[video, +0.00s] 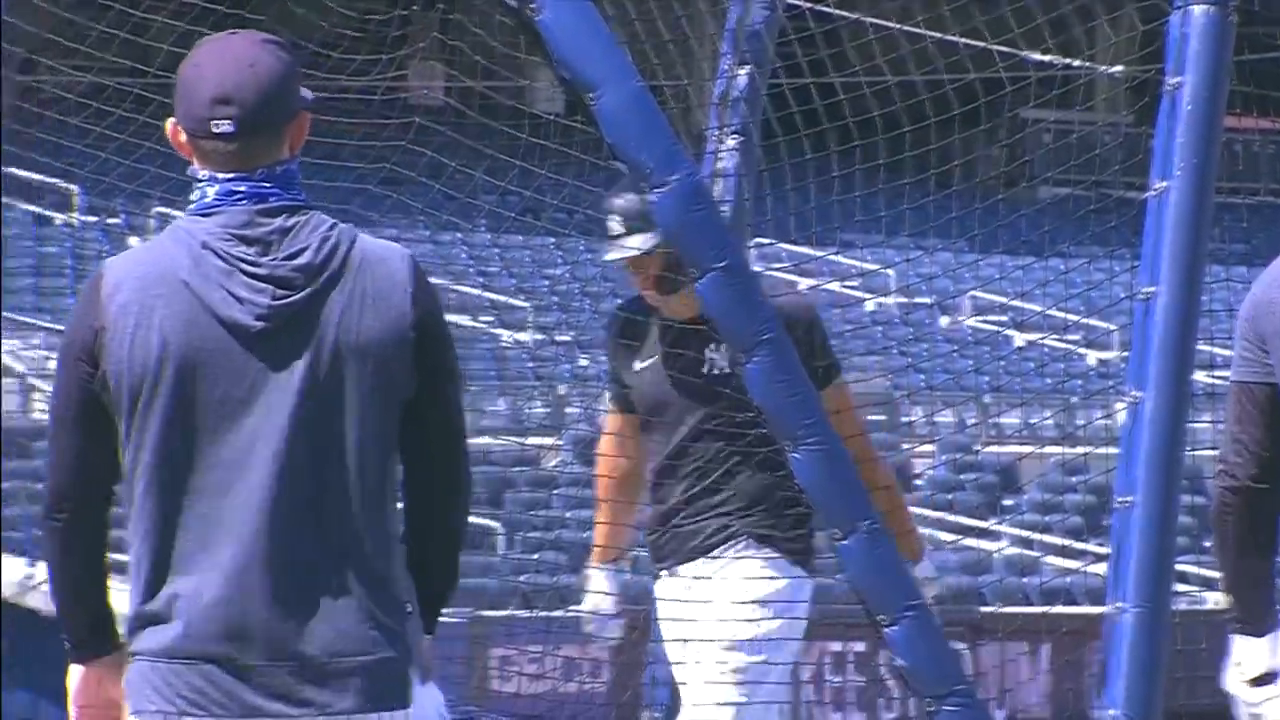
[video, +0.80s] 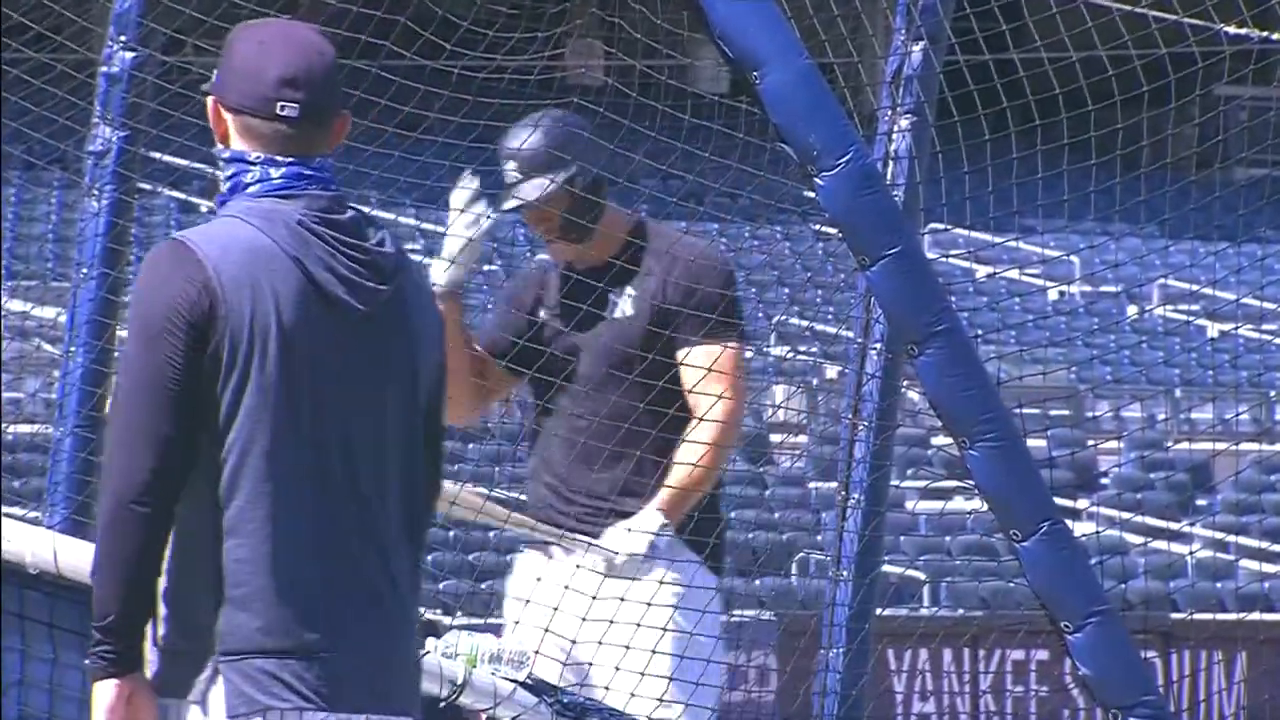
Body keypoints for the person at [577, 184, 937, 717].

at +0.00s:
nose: (645, 279)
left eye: (656, 257)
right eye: (631, 262)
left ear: (696, 243)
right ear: (619, 261)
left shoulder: (778, 315)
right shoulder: (634, 327)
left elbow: (847, 436)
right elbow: (621, 445)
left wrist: (905, 548)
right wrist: (603, 567)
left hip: (761, 557)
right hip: (678, 567)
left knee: (726, 706)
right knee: (721, 707)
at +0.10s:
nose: (690, 266)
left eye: (702, 249)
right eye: (677, 253)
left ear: (745, 233)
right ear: (667, 244)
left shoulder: (811, 304)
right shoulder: (675, 303)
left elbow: (868, 413)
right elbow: (675, 418)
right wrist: (670, 537)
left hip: (796, 542)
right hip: (712, 551)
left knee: (766, 705)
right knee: (721, 706)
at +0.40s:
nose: (696, 229)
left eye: (707, 210)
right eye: (686, 215)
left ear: (754, 196)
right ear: (680, 210)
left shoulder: (828, 279)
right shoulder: (700, 283)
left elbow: (857, 431)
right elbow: (690, 408)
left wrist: (851, 567)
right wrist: (635, 506)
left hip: (798, 545)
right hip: (698, 544)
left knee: (797, 706)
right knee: (642, 704)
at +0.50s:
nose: (668, 226)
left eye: (682, 207)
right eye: (655, 211)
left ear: (726, 195)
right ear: (645, 209)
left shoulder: (807, 279)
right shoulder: (665, 292)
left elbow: (826, 431)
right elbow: (648, 415)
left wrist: (791, 550)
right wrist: (575, 463)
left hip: (779, 547)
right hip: (675, 552)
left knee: (783, 708)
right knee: (617, 708)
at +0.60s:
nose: (628, 232)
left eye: (642, 212)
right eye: (616, 217)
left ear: (685, 197)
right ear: (605, 215)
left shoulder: (768, 281)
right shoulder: (624, 298)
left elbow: (791, 425)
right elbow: (599, 418)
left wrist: (739, 531)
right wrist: (533, 411)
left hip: (748, 559)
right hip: (642, 567)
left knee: (771, 710)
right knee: (610, 712)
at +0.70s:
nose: (575, 228)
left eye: (585, 207)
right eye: (566, 213)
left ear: (630, 195)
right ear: (559, 212)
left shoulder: (725, 278)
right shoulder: (578, 300)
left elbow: (753, 422)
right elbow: (531, 426)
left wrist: (692, 521)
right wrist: (478, 350)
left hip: (706, 567)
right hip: (596, 567)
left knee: (719, 709)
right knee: (572, 712)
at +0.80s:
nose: (544, 229)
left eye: (555, 210)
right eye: (528, 216)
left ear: (592, 187)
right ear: (515, 211)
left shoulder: (687, 269)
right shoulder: (535, 288)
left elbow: (717, 411)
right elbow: (462, 404)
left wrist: (651, 518)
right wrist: (446, 287)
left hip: (654, 572)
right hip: (545, 567)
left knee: (660, 709)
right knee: (530, 713)